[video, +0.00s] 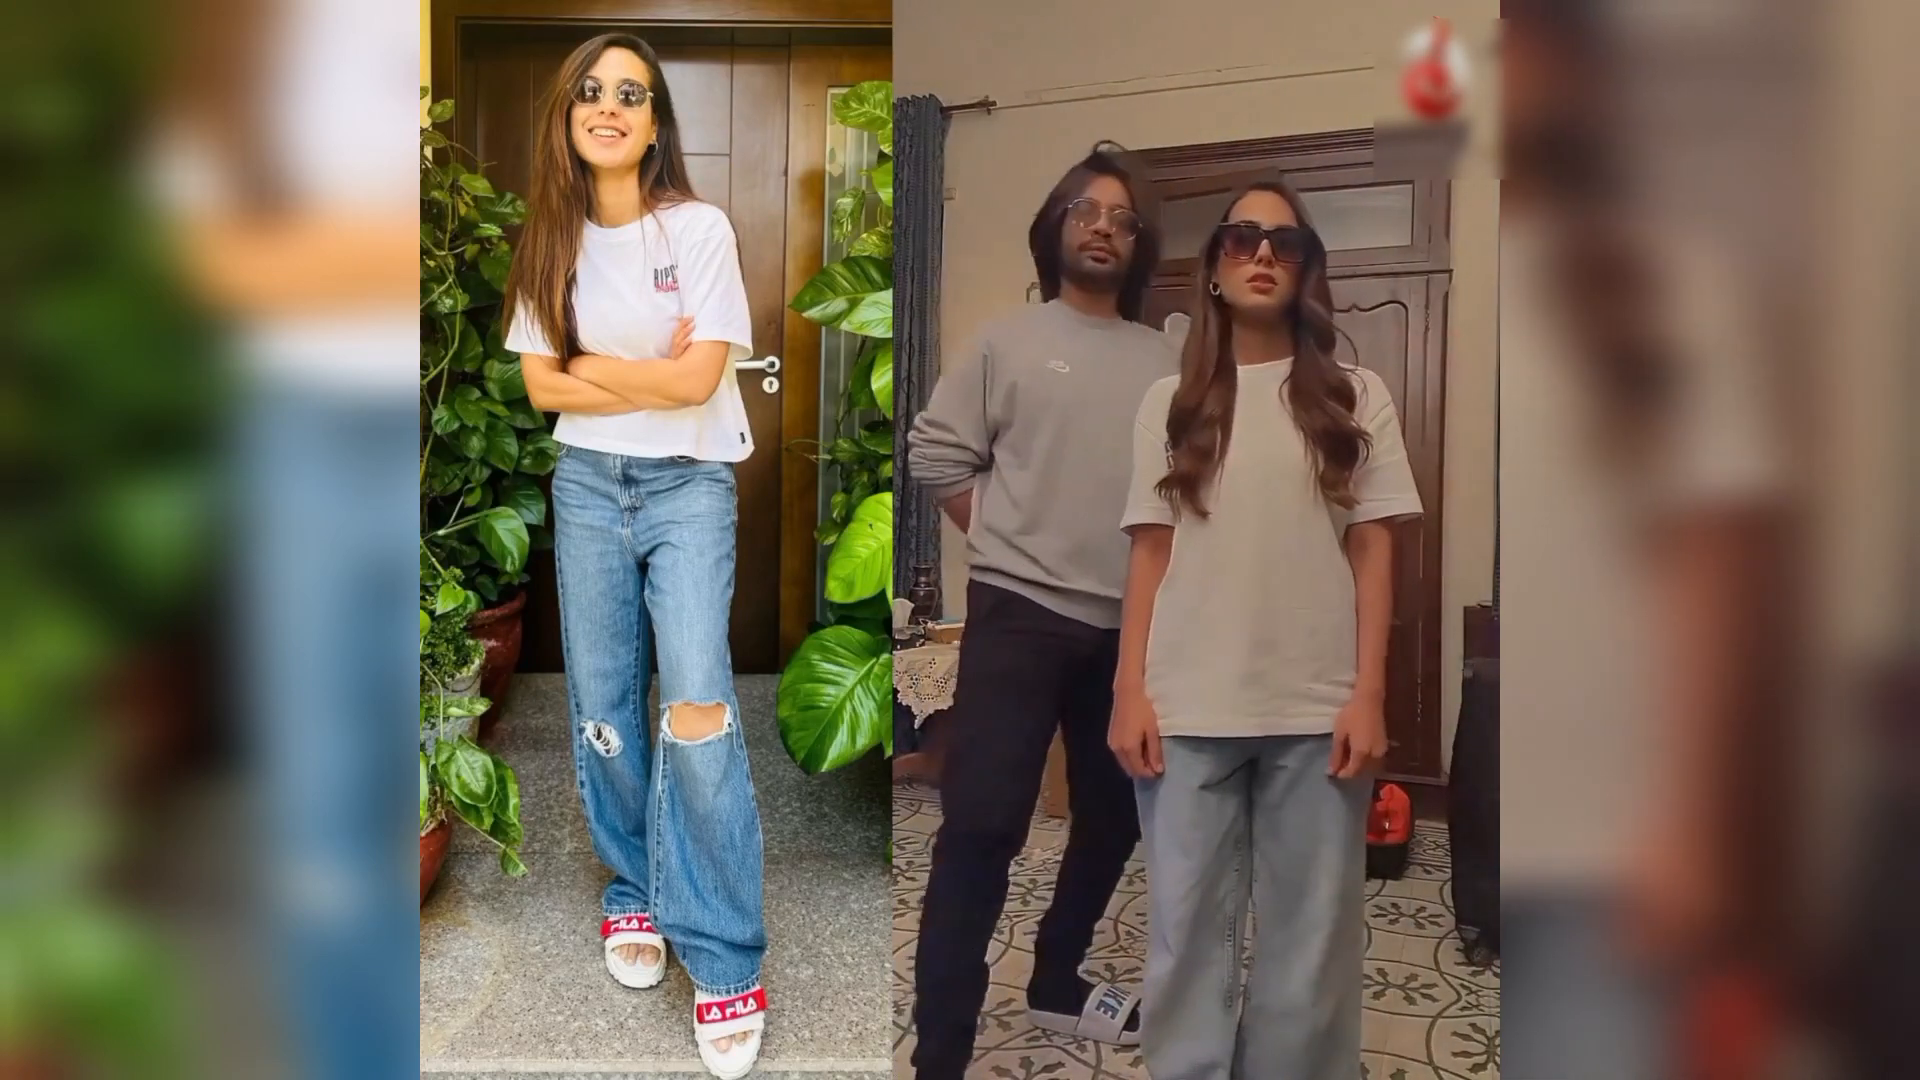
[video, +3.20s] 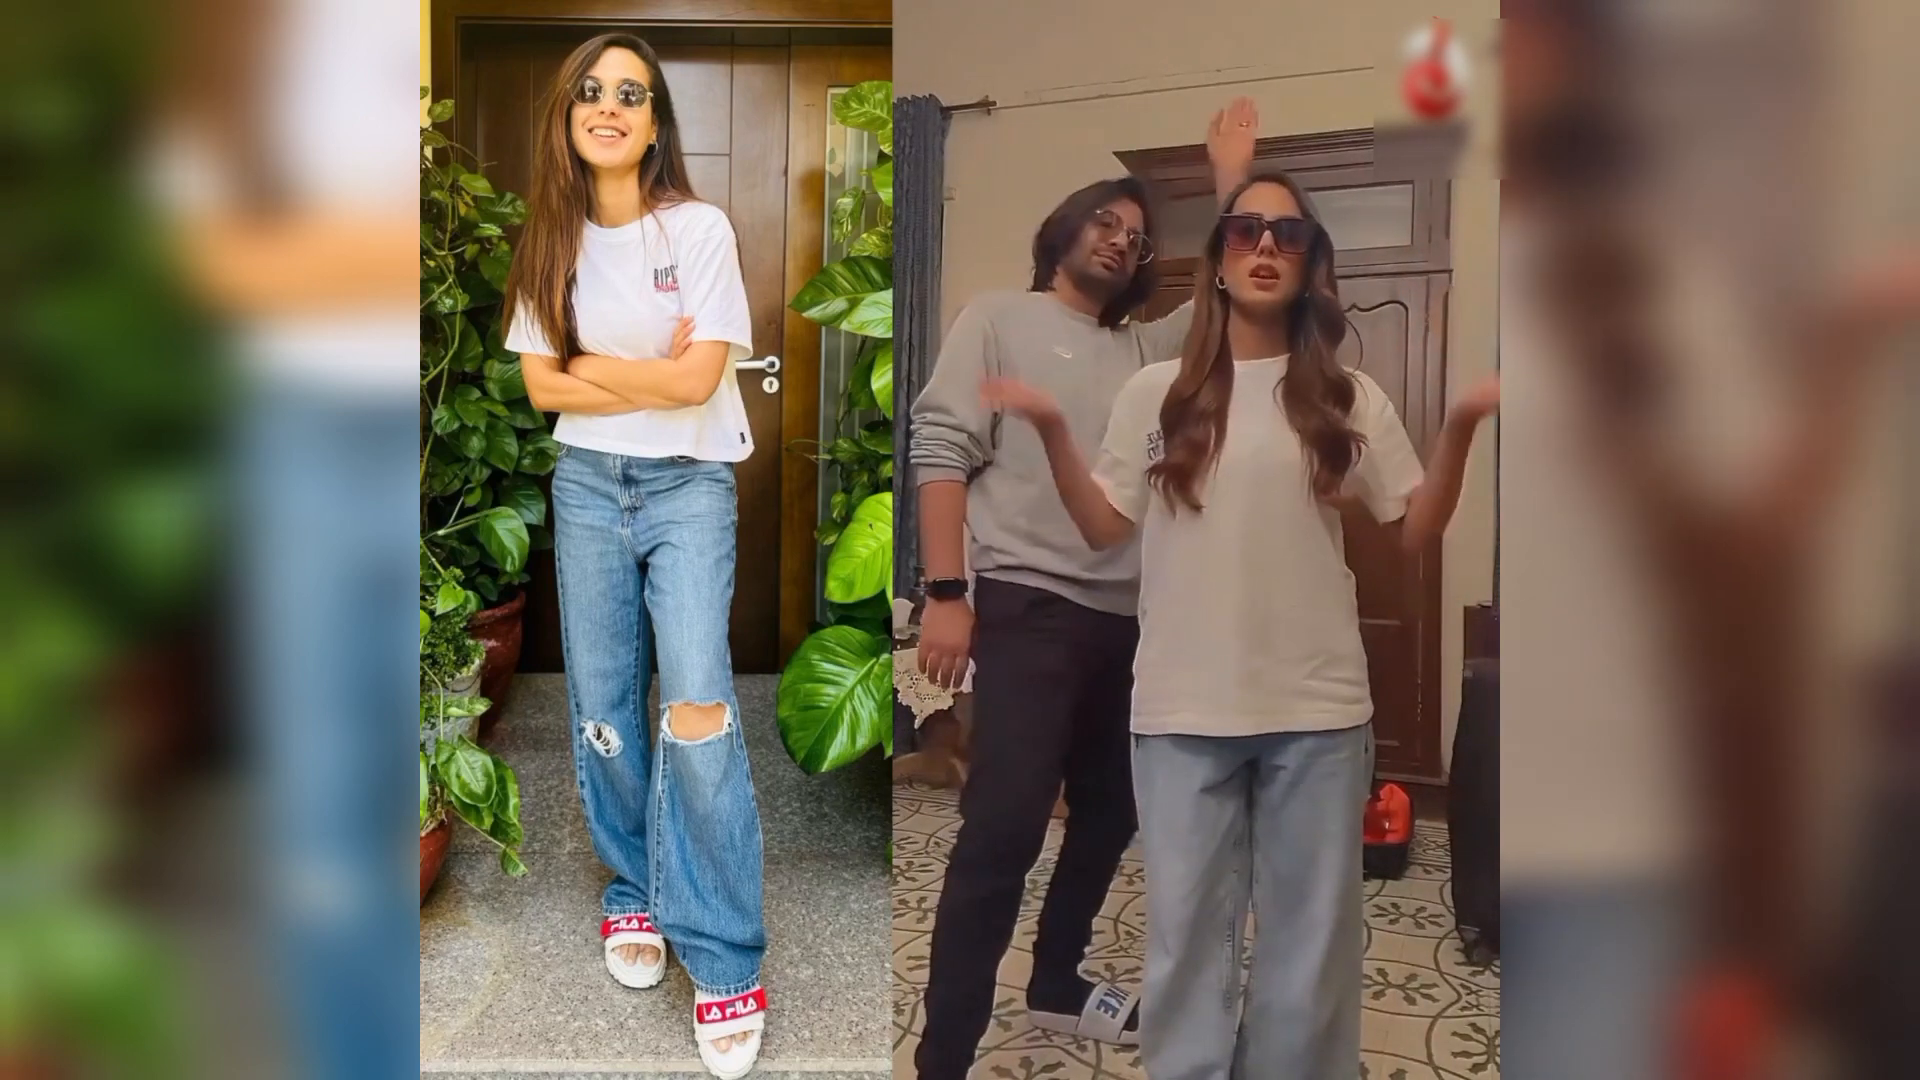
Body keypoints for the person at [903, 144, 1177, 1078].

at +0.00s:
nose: (1103, 227)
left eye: (1121, 217)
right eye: (1085, 212)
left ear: (1139, 242)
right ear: (1052, 231)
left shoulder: (1171, 358)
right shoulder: (1009, 341)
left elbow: (1196, 485)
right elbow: (932, 452)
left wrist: (1157, 561)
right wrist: (1005, 536)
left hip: (1129, 620)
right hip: (1016, 610)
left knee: (1111, 818)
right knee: (982, 825)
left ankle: (1057, 986)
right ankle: (941, 1054)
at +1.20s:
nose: (1107, 226)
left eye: (1116, 214)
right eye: (1085, 214)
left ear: (1128, 235)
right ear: (1044, 234)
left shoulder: (1153, 362)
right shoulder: (1009, 344)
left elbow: (1185, 492)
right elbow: (917, 450)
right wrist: (856, 484)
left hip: (1127, 614)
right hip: (1023, 598)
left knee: (1113, 815)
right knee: (991, 826)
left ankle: (1056, 992)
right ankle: (939, 1060)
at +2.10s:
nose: (1139, 227)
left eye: (1139, 216)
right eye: (1120, 212)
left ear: (1116, 238)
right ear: (1065, 223)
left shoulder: (1119, 356)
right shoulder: (997, 314)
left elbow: (1130, 485)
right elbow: (932, 451)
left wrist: (1155, 586)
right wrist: (943, 588)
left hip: (1114, 618)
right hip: (1023, 610)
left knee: (1093, 817)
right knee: (1001, 837)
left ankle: (1056, 991)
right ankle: (948, 1059)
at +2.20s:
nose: (1135, 232)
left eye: (1137, 221)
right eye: (1120, 216)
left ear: (1126, 244)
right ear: (1065, 224)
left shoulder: (1128, 348)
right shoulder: (998, 311)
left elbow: (1199, 402)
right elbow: (934, 450)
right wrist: (941, 593)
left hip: (1119, 619)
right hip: (1023, 612)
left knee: (1091, 817)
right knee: (999, 838)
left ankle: (1056, 993)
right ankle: (947, 1062)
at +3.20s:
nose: (1122, 241)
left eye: (1136, 236)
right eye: (1108, 221)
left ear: (1140, 260)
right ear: (1067, 225)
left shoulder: (1144, 348)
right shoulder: (996, 318)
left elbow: (1236, 310)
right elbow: (940, 451)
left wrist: (1235, 192)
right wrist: (947, 592)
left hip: (1126, 616)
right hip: (1023, 604)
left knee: (1106, 820)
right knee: (1001, 837)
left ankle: (1056, 989)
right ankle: (942, 1062)